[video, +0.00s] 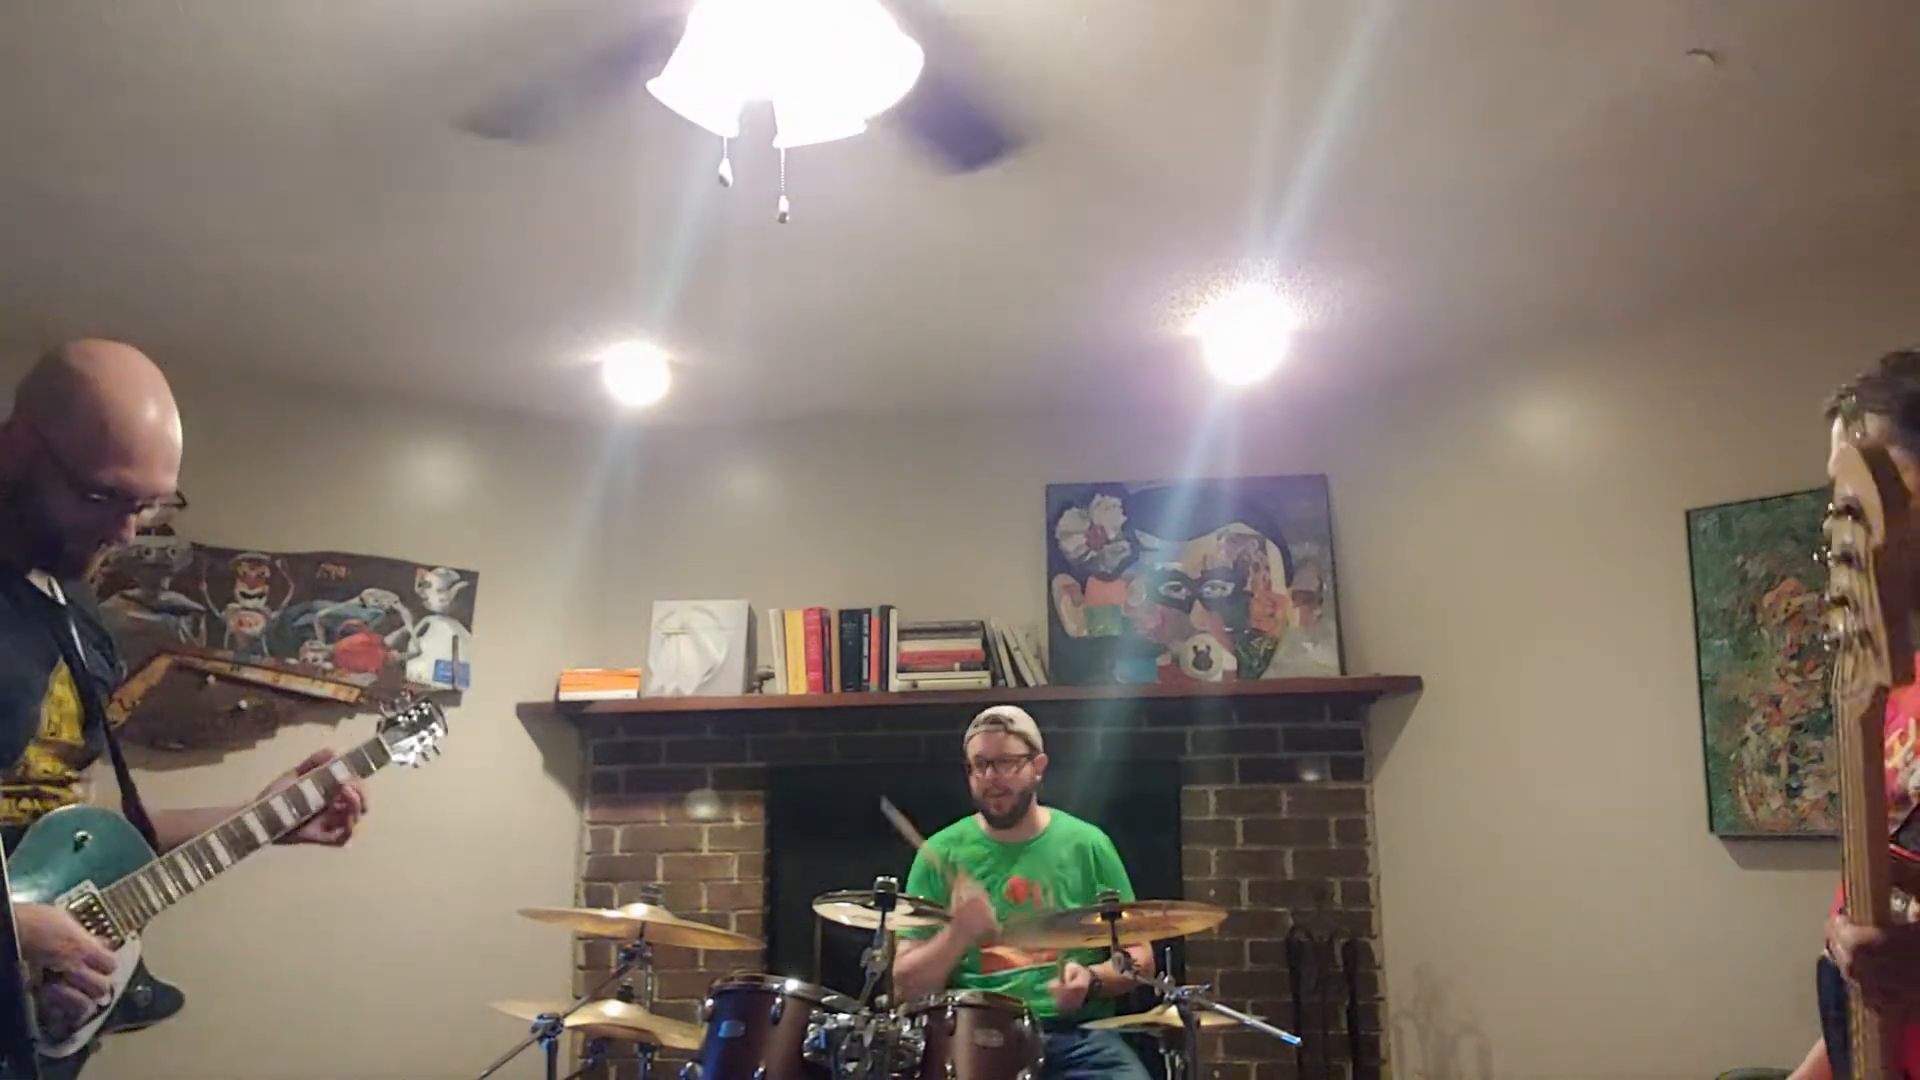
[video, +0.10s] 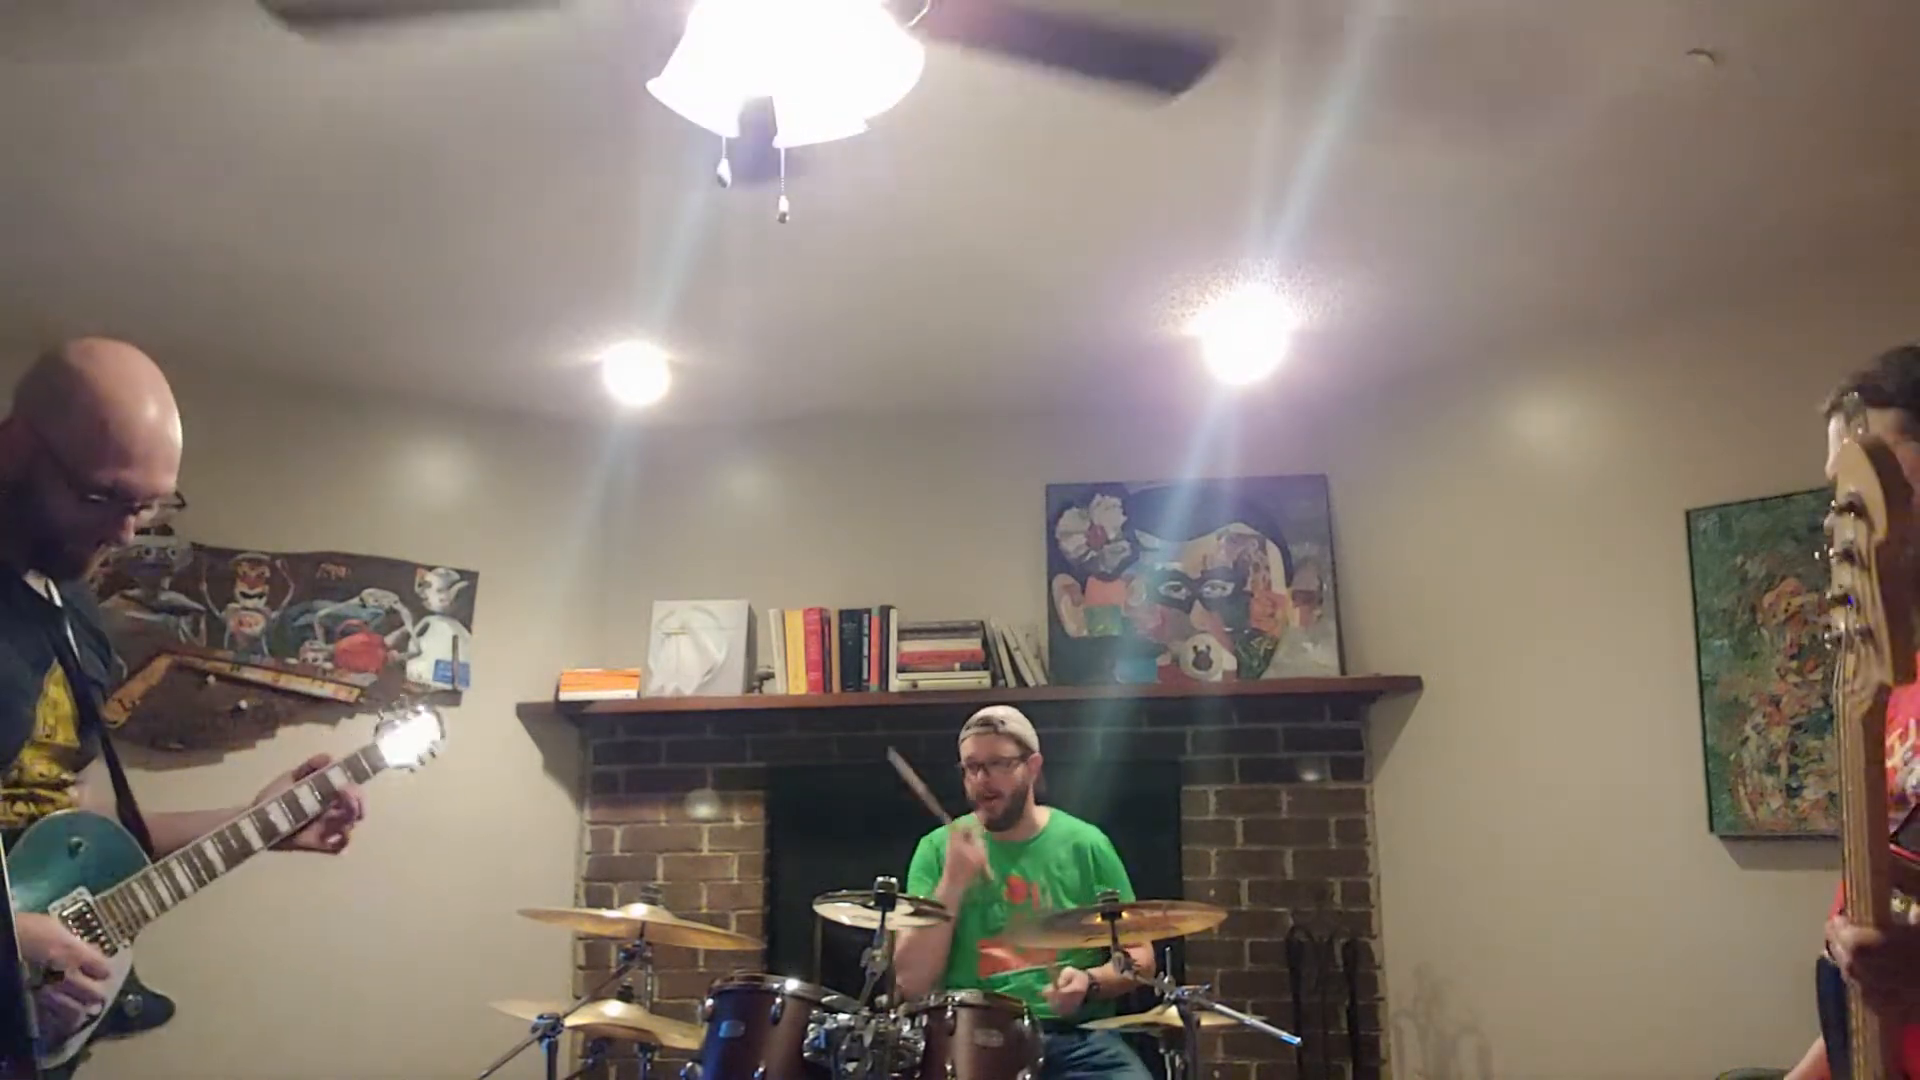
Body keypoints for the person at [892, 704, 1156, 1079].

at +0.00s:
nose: (993, 778)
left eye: (1008, 764)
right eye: (981, 765)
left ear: (1038, 767)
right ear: (967, 771)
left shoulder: (1088, 845)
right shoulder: (939, 854)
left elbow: (1140, 958)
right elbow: (904, 984)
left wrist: (1093, 976)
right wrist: (957, 933)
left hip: (1074, 1029)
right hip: (972, 1031)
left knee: (1130, 1074)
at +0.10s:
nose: (983, 782)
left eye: (999, 766)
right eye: (973, 768)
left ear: (1032, 767)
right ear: (962, 772)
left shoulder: (1086, 845)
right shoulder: (938, 849)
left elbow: (1140, 958)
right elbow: (912, 981)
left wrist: (1090, 980)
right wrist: (952, 883)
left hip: (1073, 1032)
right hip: (968, 1032)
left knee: (1132, 1075)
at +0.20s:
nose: (979, 781)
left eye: (996, 766)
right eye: (969, 767)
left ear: (1031, 768)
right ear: (958, 772)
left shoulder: (1084, 843)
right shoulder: (937, 845)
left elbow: (1140, 957)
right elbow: (916, 967)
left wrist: (1086, 979)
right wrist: (954, 855)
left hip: (1072, 1033)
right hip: (966, 1032)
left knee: (1132, 1075)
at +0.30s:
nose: (978, 779)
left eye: (994, 765)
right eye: (968, 766)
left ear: (1031, 768)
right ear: (958, 771)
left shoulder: (1084, 843)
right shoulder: (938, 842)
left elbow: (1139, 957)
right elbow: (919, 957)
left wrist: (1084, 980)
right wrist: (956, 842)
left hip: (1071, 1033)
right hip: (967, 1032)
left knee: (1132, 1075)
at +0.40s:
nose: (977, 779)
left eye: (995, 765)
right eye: (969, 765)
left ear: (1033, 769)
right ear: (959, 770)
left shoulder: (1086, 845)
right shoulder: (939, 842)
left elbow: (1139, 958)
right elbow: (920, 955)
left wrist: (1083, 980)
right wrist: (958, 839)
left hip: (1071, 1034)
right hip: (967, 1032)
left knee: (1132, 1075)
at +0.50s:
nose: (980, 780)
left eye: (998, 766)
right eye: (972, 767)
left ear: (1036, 770)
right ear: (962, 769)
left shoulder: (1088, 846)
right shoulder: (941, 842)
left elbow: (1140, 959)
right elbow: (920, 959)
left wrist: (1083, 980)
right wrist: (959, 843)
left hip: (1071, 1033)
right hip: (967, 1031)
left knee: (1132, 1076)